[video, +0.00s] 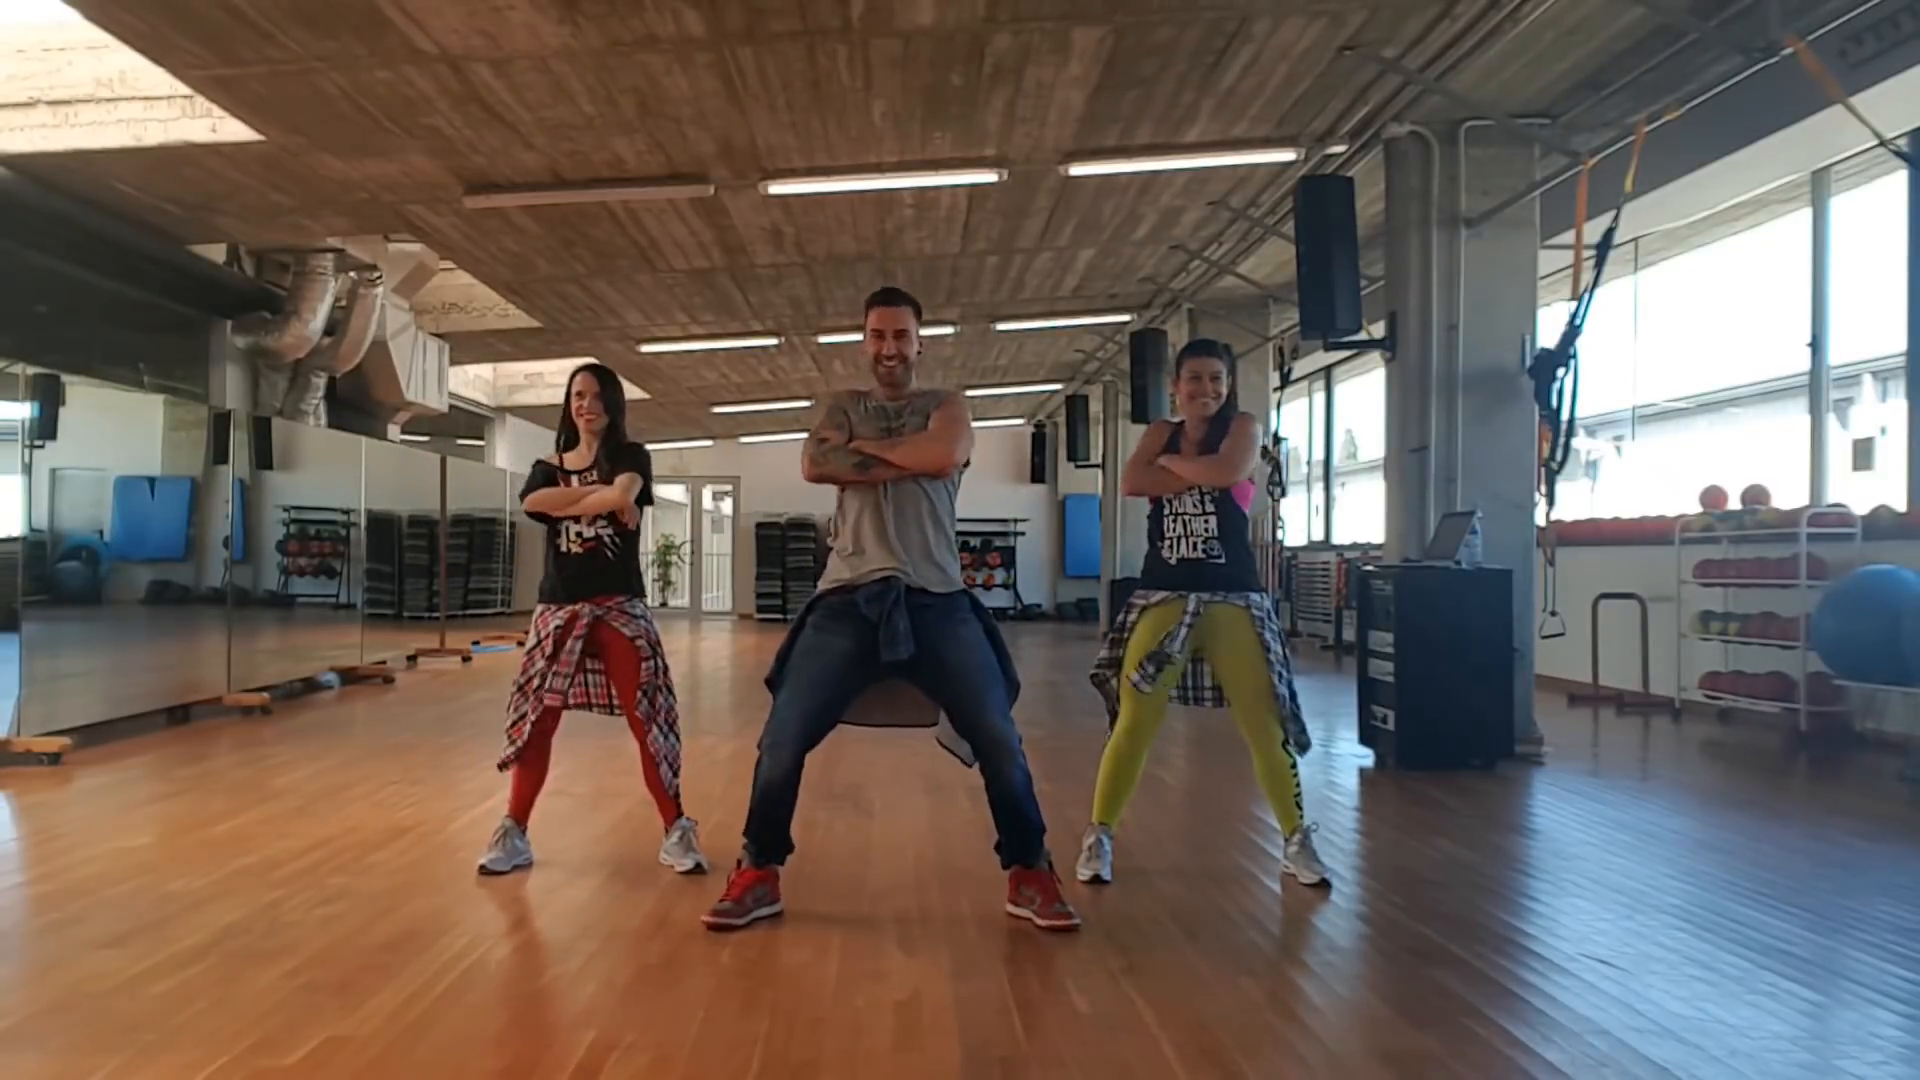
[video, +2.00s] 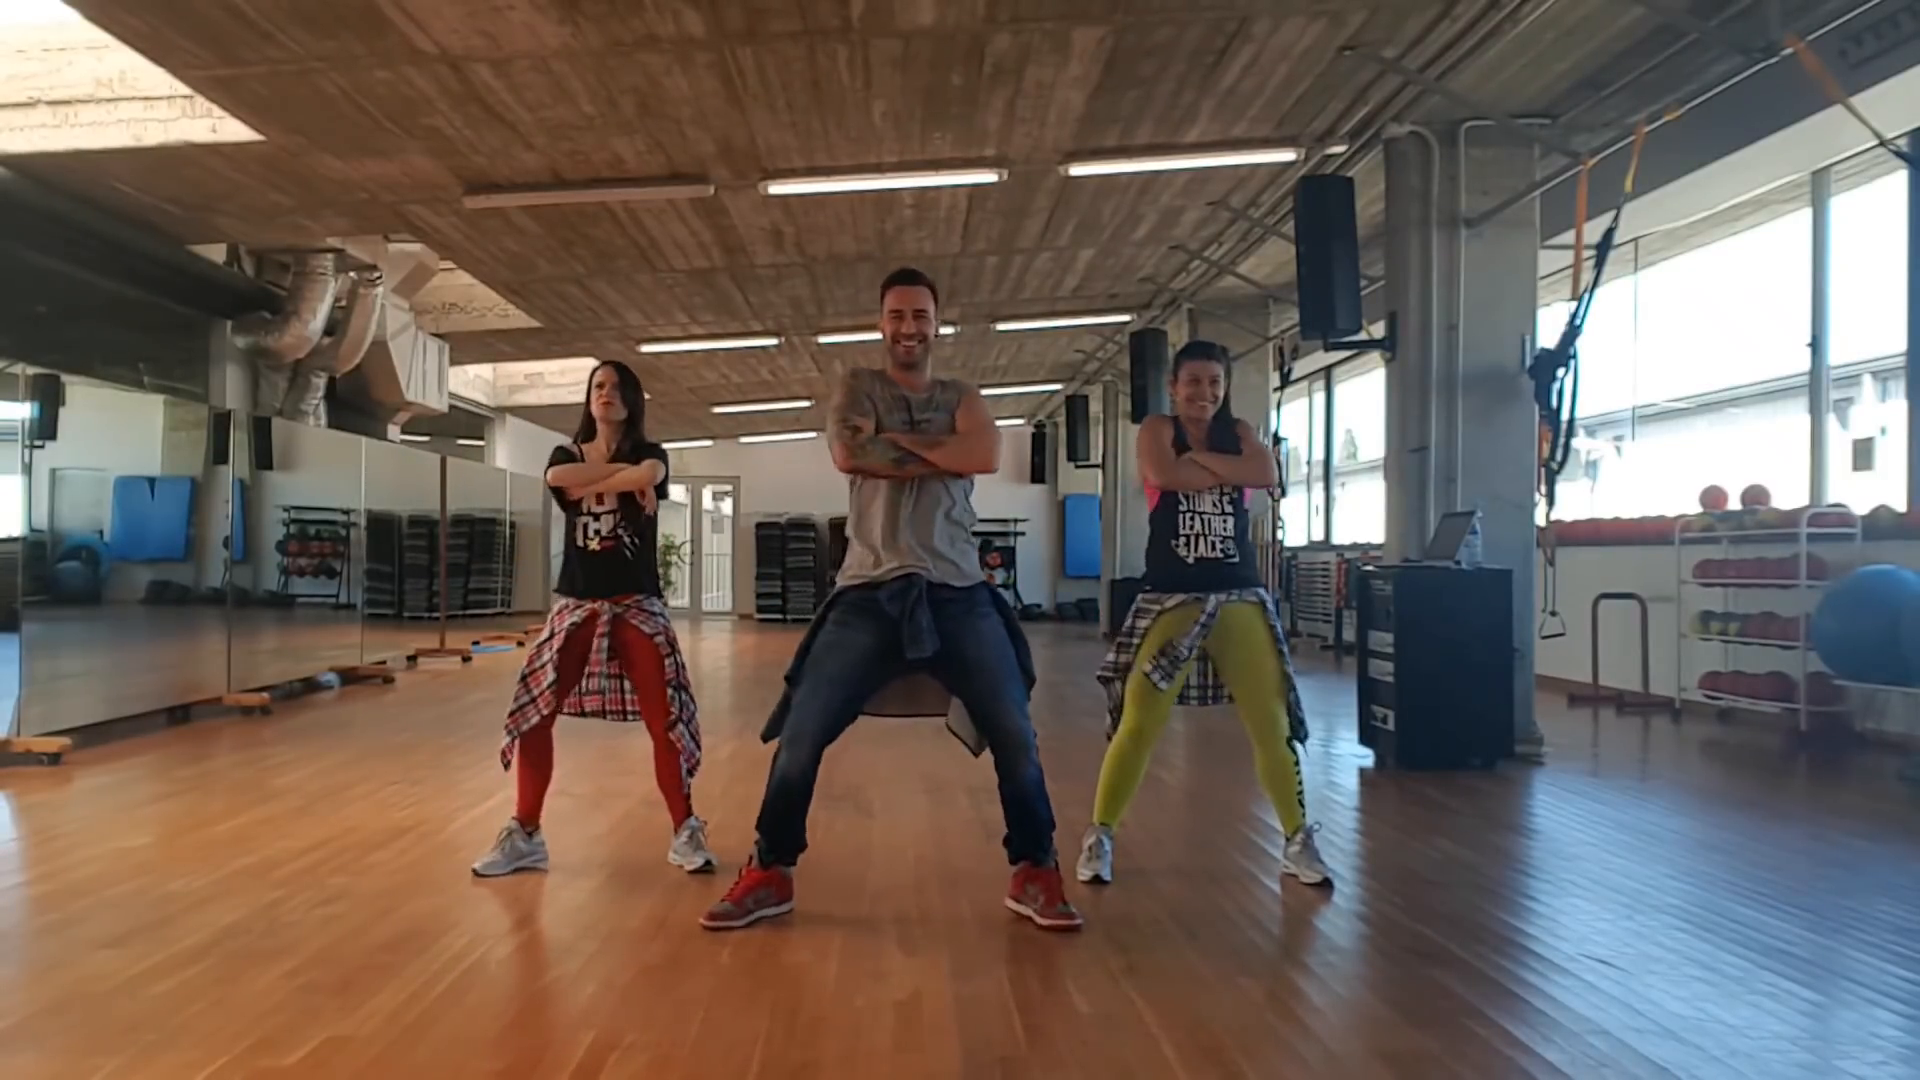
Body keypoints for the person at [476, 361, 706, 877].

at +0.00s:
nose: (586, 404)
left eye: (595, 397)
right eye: (578, 396)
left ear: (612, 404)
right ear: (568, 405)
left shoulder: (631, 455)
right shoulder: (550, 463)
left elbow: (619, 498)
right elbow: (532, 502)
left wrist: (561, 505)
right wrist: (601, 494)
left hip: (618, 602)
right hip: (558, 606)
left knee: (645, 713)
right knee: (539, 715)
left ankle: (676, 829)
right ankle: (514, 832)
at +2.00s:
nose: (606, 394)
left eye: (616, 388)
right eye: (599, 387)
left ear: (633, 400)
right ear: (588, 399)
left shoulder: (652, 455)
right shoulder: (568, 453)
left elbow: (643, 479)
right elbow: (557, 480)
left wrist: (587, 485)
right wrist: (628, 475)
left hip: (637, 602)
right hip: (575, 602)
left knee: (664, 719)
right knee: (533, 712)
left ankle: (686, 831)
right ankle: (526, 835)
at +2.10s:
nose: (619, 396)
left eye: (628, 389)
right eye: (612, 389)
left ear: (646, 400)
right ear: (601, 400)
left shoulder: (660, 462)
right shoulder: (580, 452)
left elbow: (655, 490)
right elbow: (569, 485)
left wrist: (591, 489)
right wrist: (639, 481)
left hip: (642, 604)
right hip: (580, 602)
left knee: (664, 721)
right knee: (543, 712)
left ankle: (687, 830)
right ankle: (521, 833)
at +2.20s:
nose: (628, 402)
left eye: (638, 394)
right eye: (621, 394)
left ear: (654, 405)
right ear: (609, 403)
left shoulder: (662, 464)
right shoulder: (582, 456)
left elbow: (665, 505)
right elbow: (575, 495)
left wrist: (602, 498)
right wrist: (645, 498)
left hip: (642, 608)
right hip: (581, 606)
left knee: (665, 723)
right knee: (553, 719)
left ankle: (687, 831)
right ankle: (520, 833)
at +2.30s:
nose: (622, 402)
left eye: (631, 394)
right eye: (615, 394)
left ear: (649, 404)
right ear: (604, 403)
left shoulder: (660, 463)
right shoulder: (581, 454)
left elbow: (655, 499)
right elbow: (566, 488)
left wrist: (591, 498)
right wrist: (637, 489)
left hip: (639, 604)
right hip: (578, 602)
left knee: (661, 720)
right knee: (550, 715)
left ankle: (686, 830)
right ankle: (520, 833)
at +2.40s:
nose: (610, 400)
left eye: (618, 393)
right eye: (603, 393)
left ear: (637, 403)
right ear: (592, 404)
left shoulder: (654, 457)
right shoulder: (572, 452)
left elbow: (638, 487)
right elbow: (553, 482)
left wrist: (579, 489)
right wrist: (628, 483)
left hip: (637, 603)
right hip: (575, 601)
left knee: (660, 719)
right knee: (545, 714)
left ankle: (686, 830)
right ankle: (519, 833)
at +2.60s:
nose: (584, 402)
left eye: (594, 394)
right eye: (577, 395)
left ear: (613, 403)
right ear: (568, 404)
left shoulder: (635, 456)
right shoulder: (558, 462)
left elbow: (618, 487)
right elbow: (529, 496)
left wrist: (562, 496)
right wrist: (602, 481)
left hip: (630, 599)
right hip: (570, 602)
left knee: (656, 717)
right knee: (548, 715)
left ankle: (686, 830)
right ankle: (519, 833)